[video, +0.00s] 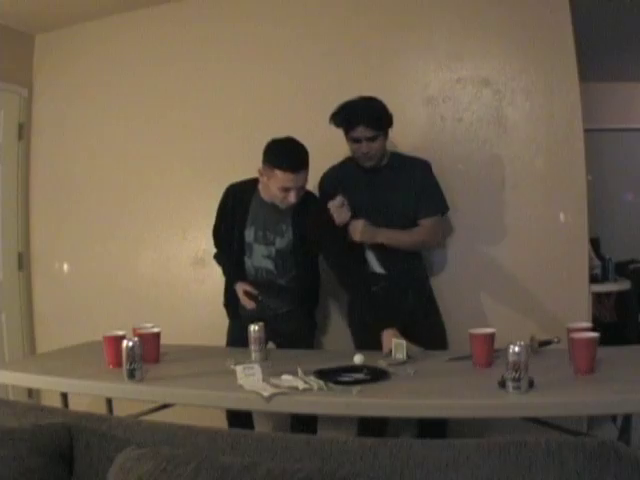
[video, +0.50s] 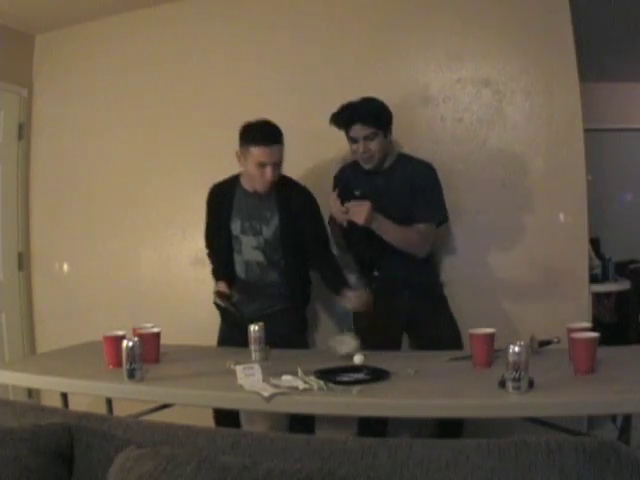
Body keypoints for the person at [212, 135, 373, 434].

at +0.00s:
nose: (294, 198)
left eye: (300, 189)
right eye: (285, 190)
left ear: (306, 177)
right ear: (263, 175)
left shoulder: (311, 208)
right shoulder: (236, 197)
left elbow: (343, 264)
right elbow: (223, 244)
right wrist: (235, 280)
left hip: (295, 317)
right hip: (246, 315)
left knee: (299, 398)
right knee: (235, 394)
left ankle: (301, 464)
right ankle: (242, 460)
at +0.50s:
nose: (271, 174)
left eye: (276, 165)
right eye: (262, 166)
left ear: (282, 158)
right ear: (241, 160)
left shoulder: (298, 198)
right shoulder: (221, 195)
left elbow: (319, 253)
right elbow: (216, 243)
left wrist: (343, 289)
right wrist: (222, 278)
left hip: (286, 313)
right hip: (237, 312)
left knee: (295, 393)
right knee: (223, 391)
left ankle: (301, 462)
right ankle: (228, 462)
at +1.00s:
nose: (219, 130)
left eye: (223, 125)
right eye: (209, 126)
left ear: (229, 135)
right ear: (193, 139)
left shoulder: (248, 173)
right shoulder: (179, 189)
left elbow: (279, 141)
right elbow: (159, 250)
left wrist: (275, 75)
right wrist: (164, 227)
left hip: (249, 300)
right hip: (205, 306)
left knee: (258, 386)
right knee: (210, 394)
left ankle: (262, 458)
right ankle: (224, 459)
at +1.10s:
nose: (216, 134)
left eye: (220, 130)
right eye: (207, 130)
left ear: (227, 142)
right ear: (191, 144)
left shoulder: (245, 176)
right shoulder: (179, 192)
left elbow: (274, 136)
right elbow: (151, 233)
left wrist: (274, 77)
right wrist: (161, 185)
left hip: (245, 304)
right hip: (200, 309)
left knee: (251, 385)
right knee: (206, 394)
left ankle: (253, 454)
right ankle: (221, 456)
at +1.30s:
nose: (218, 133)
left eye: (223, 128)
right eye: (208, 129)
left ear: (230, 139)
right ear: (194, 142)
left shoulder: (246, 175)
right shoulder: (185, 186)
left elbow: (268, 135)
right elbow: (157, 180)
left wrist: (281, 81)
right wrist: (166, 127)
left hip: (240, 296)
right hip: (198, 300)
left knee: (246, 375)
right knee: (198, 379)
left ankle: (247, 447)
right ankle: (215, 447)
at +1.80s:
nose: (191, 147)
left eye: (194, 141)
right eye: (183, 142)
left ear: (200, 148)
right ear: (171, 152)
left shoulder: (224, 194)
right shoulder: (162, 195)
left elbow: (240, 238)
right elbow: (173, 227)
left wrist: (262, 212)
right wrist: (174, 160)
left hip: (228, 303)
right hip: (185, 307)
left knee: (243, 381)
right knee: (180, 383)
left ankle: (243, 449)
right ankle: (187, 449)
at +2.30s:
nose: (196, 147)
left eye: (199, 143)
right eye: (188, 145)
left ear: (210, 151)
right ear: (178, 157)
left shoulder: (241, 189)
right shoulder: (179, 200)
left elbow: (274, 231)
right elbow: (178, 177)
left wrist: (301, 218)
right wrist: (171, 130)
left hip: (250, 303)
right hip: (206, 308)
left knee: (268, 383)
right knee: (191, 383)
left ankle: (266, 454)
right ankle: (190, 450)